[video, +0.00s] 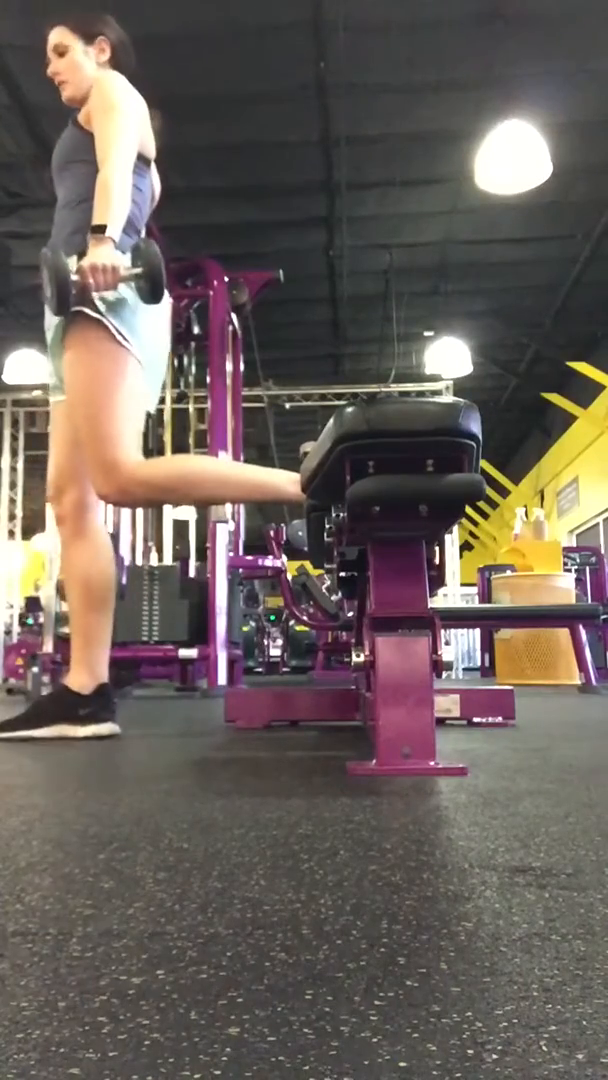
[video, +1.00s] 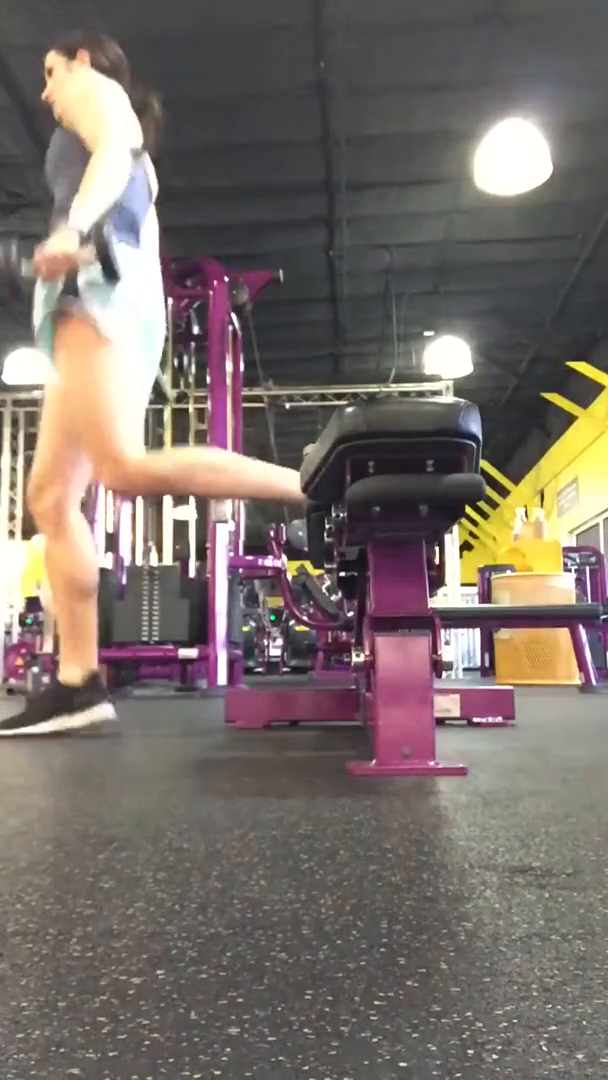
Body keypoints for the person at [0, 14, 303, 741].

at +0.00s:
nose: (51, 68)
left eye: (61, 53)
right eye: (48, 58)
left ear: (101, 51)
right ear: (91, 57)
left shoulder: (113, 93)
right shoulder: (101, 120)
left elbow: (119, 161)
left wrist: (103, 238)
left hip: (113, 293)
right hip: (98, 301)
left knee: (117, 475)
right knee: (71, 499)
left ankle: (310, 486)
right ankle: (85, 689)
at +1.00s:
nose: (46, 89)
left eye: (52, 73)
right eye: (45, 78)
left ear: (84, 65)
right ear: (103, 71)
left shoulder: (91, 90)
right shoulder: (121, 138)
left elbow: (119, 148)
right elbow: (138, 253)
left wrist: (72, 228)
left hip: (104, 296)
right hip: (110, 309)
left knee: (123, 467)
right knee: (51, 498)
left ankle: (314, 486)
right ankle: (77, 682)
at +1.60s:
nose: (18, 65)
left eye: (25, 51)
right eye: (21, 53)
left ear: (58, 49)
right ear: (71, 54)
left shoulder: (60, 98)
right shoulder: (91, 122)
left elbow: (73, 191)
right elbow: (121, 253)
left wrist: (35, 288)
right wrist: (116, 328)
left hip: (82, 318)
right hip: (89, 322)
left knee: (122, 504)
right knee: (27, 515)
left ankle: (304, 493)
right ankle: (76, 690)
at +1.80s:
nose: (19, 40)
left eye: (26, 24)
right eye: (22, 26)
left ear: (58, 22)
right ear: (70, 29)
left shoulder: (61, 70)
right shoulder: (98, 113)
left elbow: (87, 155)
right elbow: (127, 244)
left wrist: (46, 249)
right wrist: (92, 308)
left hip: (77, 291)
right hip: (89, 296)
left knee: (121, 467)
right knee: (17, 486)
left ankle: (306, 489)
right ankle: (36, 660)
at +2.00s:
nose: (12, 69)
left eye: (21, 55)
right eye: (16, 57)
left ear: (52, 54)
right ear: (63, 59)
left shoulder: (54, 105)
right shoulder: (82, 134)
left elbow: (63, 195)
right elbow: (95, 251)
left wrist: (34, 284)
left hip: (74, 316)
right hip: (72, 323)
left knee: (118, 501)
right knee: (12, 511)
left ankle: (304, 496)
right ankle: (36, 689)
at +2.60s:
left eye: (2, 109)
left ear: (25, 115)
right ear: (46, 123)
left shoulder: (34, 163)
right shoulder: (54, 180)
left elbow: (42, 259)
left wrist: (19, 350)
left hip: (126, 368)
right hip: (101, 392)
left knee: (135, 565)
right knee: (10, 508)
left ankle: (300, 502)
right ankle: (36, 691)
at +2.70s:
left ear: (19, 147)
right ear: (40, 155)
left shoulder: (27, 200)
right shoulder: (51, 217)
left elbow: (40, 298)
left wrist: (23, 398)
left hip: (143, 392)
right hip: (117, 414)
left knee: (148, 592)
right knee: (13, 512)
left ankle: (306, 499)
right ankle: (36, 691)